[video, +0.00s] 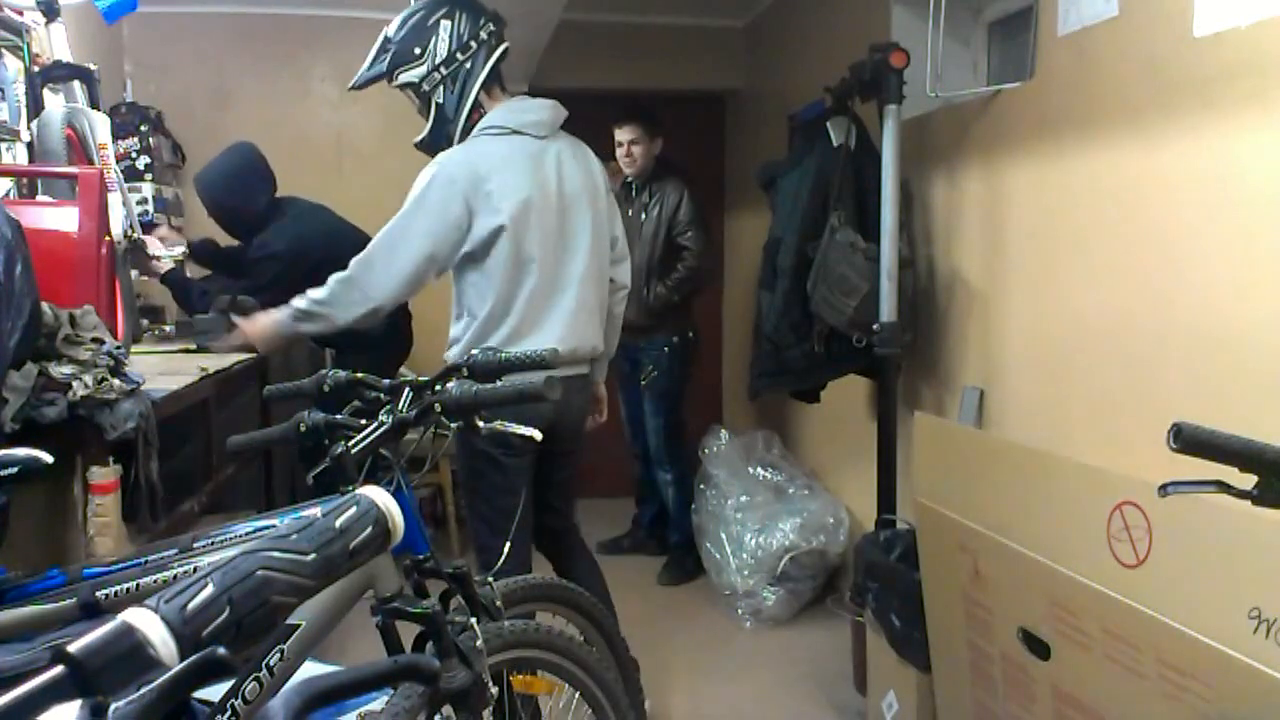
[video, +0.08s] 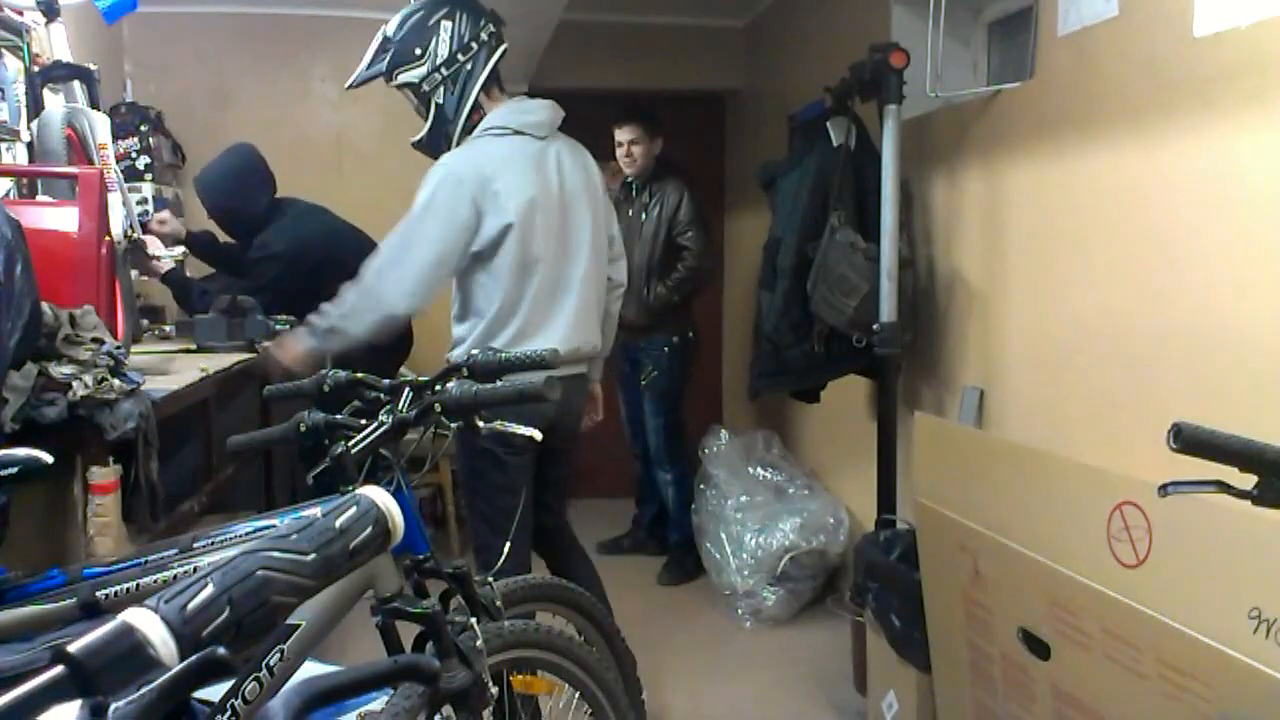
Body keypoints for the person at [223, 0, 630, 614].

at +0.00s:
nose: (421, 110)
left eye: (423, 91)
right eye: (416, 93)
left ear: (454, 78)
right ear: (491, 71)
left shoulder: (465, 167)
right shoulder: (583, 161)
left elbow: (381, 279)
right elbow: (618, 277)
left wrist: (283, 320)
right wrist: (598, 369)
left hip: (500, 394)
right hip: (573, 390)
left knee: (502, 559)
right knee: (560, 532)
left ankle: (511, 697)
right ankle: (616, 674)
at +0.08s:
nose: (417, 104)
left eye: (420, 86)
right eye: (412, 89)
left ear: (452, 77)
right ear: (488, 74)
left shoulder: (470, 168)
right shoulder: (578, 159)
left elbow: (393, 288)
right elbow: (614, 275)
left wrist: (310, 341)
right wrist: (592, 368)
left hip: (501, 392)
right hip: (569, 388)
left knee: (501, 556)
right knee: (553, 528)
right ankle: (617, 680)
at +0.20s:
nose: (423, 113)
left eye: (425, 95)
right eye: (417, 97)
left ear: (460, 82)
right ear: (485, 75)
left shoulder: (482, 165)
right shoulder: (573, 161)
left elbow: (429, 298)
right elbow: (608, 271)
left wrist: (356, 372)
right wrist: (577, 357)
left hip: (500, 392)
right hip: (564, 387)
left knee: (498, 551)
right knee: (545, 526)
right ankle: (608, 669)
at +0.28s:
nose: (421, 115)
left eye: (425, 97)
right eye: (417, 99)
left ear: (462, 81)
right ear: (479, 78)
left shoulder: (500, 165)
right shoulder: (564, 162)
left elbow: (484, 304)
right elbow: (597, 275)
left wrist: (423, 377)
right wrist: (554, 352)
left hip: (503, 393)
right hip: (555, 386)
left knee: (493, 553)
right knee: (542, 530)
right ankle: (606, 669)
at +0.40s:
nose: (441, 118)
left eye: (453, 99)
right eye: (434, 102)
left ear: (495, 85)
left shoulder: (536, 166)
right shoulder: (508, 166)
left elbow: (542, 305)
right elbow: (501, 298)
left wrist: (483, 405)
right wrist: (466, 394)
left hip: (527, 394)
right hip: (506, 394)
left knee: (508, 551)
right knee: (535, 539)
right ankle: (595, 658)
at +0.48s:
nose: (461, 119)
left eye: (475, 102)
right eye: (448, 105)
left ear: (514, 90)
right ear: (435, 101)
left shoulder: (560, 174)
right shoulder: (498, 172)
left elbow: (564, 299)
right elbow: (495, 292)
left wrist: (507, 376)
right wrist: (470, 369)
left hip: (553, 382)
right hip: (508, 379)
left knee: (517, 541)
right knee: (527, 532)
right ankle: (581, 652)